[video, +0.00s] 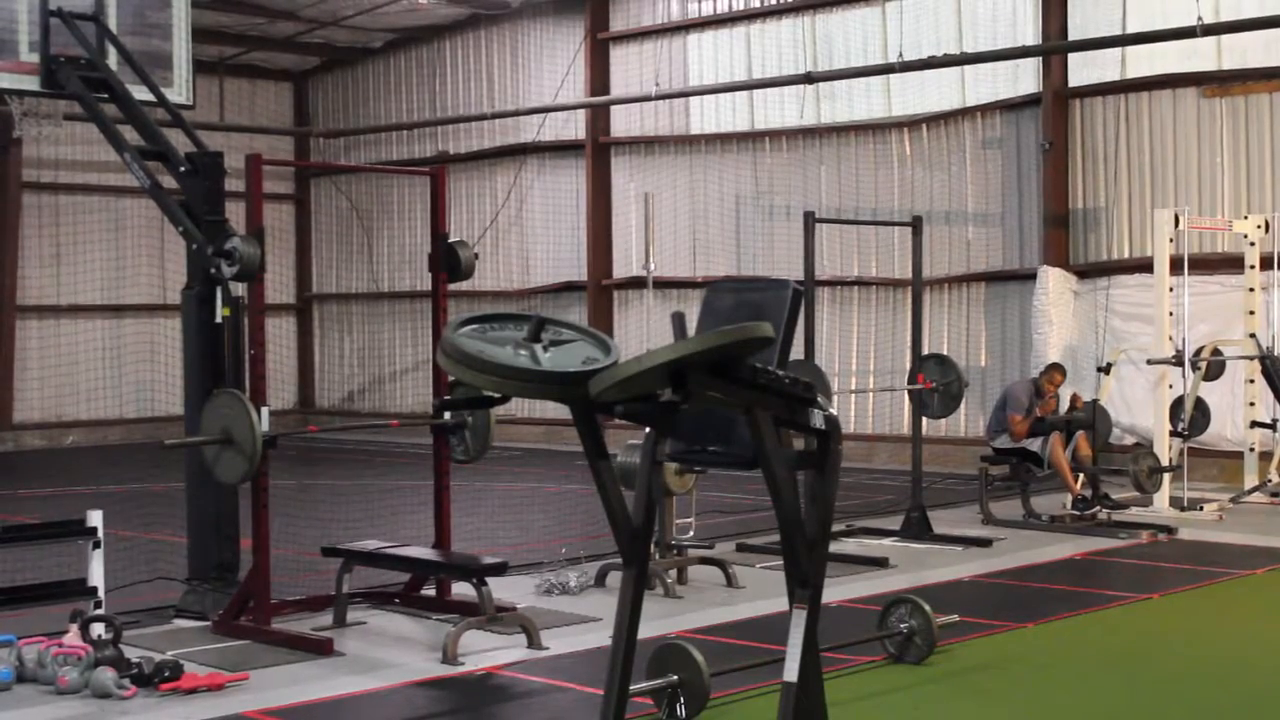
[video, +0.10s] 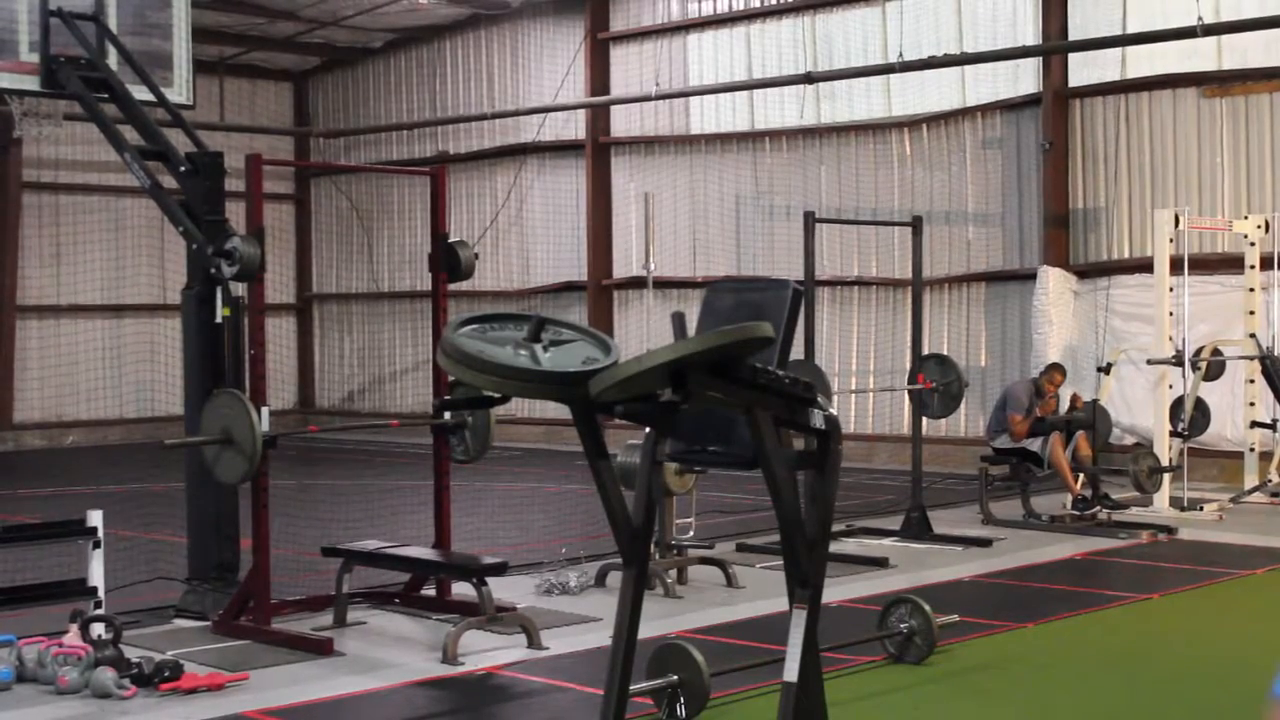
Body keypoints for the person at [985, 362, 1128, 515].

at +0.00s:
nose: (1052, 390)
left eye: (1056, 387)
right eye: (1050, 384)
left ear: (1059, 386)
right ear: (1041, 376)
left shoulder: (1050, 395)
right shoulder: (1019, 391)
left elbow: (1052, 426)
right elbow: (1017, 435)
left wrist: (1071, 411)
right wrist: (1039, 413)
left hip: (1028, 438)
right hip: (1002, 439)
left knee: (1079, 435)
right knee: (1053, 440)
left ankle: (1097, 493)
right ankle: (1077, 497)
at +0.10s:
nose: (1052, 390)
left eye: (1056, 387)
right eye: (1050, 384)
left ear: (1060, 386)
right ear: (1041, 376)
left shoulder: (1050, 395)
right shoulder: (1019, 391)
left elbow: (1052, 427)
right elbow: (1017, 435)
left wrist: (1072, 411)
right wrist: (1039, 413)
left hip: (1027, 438)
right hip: (1002, 439)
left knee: (1079, 435)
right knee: (1053, 440)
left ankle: (1097, 493)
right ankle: (1077, 497)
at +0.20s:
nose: (1052, 390)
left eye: (1057, 387)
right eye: (1050, 384)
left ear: (1060, 386)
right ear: (1041, 376)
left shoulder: (1049, 395)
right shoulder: (1019, 391)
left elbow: (1051, 426)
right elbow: (1017, 435)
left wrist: (1071, 411)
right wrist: (1039, 412)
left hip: (1027, 438)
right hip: (1002, 439)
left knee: (1079, 436)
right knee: (1054, 440)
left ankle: (1097, 493)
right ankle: (1077, 498)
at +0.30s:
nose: (1052, 390)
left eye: (1057, 387)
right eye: (1050, 384)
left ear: (1060, 386)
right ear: (1041, 376)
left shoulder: (1049, 395)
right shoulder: (1019, 391)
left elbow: (1052, 426)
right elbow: (1017, 435)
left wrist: (1071, 411)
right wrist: (1039, 412)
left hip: (1028, 438)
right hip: (1002, 439)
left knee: (1079, 436)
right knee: (1054, 440)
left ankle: (1098, 493)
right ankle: (1077, 498)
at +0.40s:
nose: (1052, 390)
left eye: (1057, 387)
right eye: (1050, 384)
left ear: (1060, 386)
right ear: (1041, 376)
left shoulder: (1049, 395)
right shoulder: (1019, 391)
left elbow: (1051, 426)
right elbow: (1017, 435)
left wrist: (1071, 411)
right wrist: (1040, 412)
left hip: (1028, 438)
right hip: (1002, 440)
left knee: (1079, 436)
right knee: (1054, 440)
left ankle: (1097, 493)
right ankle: (1077, 498)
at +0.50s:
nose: (1052, 390)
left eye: (1057, 387)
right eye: (1050, 384)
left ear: (1060, 387)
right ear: (1041, 376)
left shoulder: (1049, 395)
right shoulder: (1019, 391)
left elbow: (1051, 427)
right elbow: (1017, 435)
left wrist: (1071, 412)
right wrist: (1039, 412)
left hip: (1028, 438)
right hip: (1002, 440)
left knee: (1079, 436)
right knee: (1054, 440)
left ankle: (1098, 493)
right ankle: (1077, 498)